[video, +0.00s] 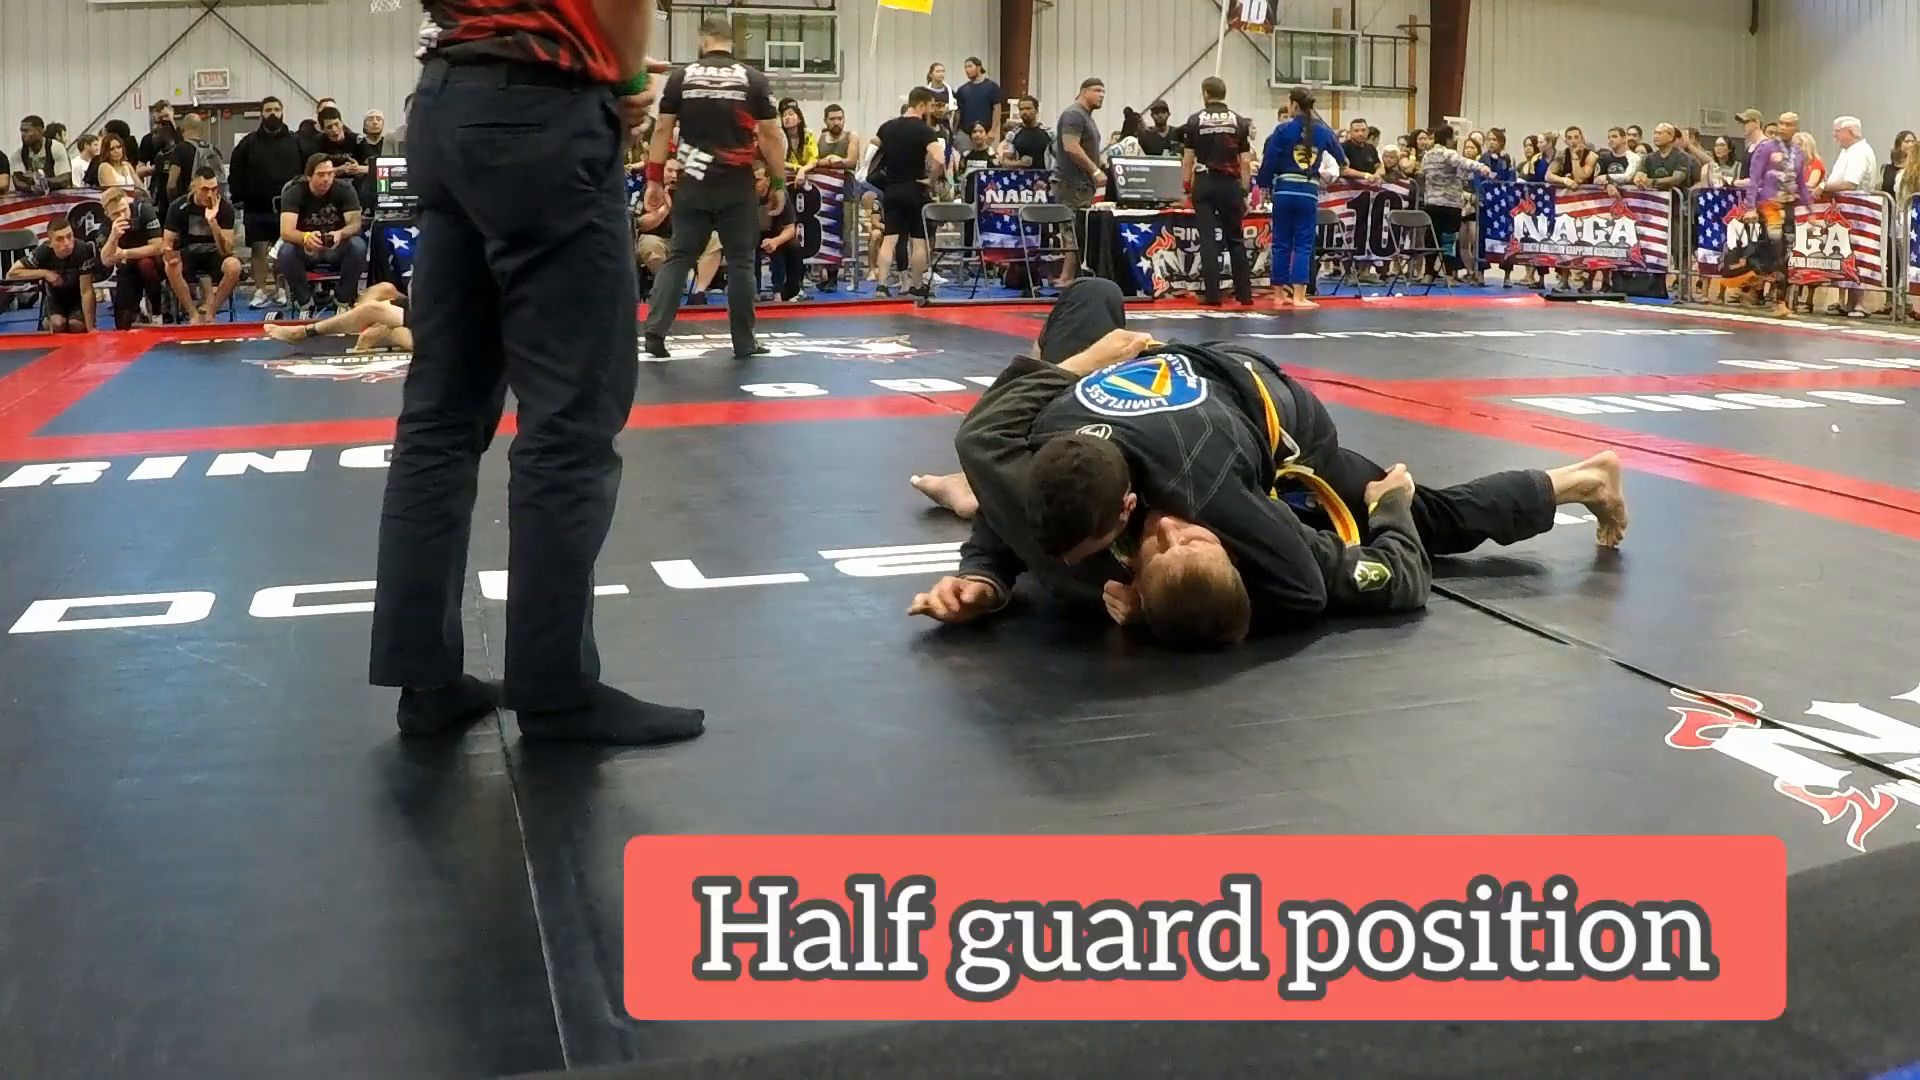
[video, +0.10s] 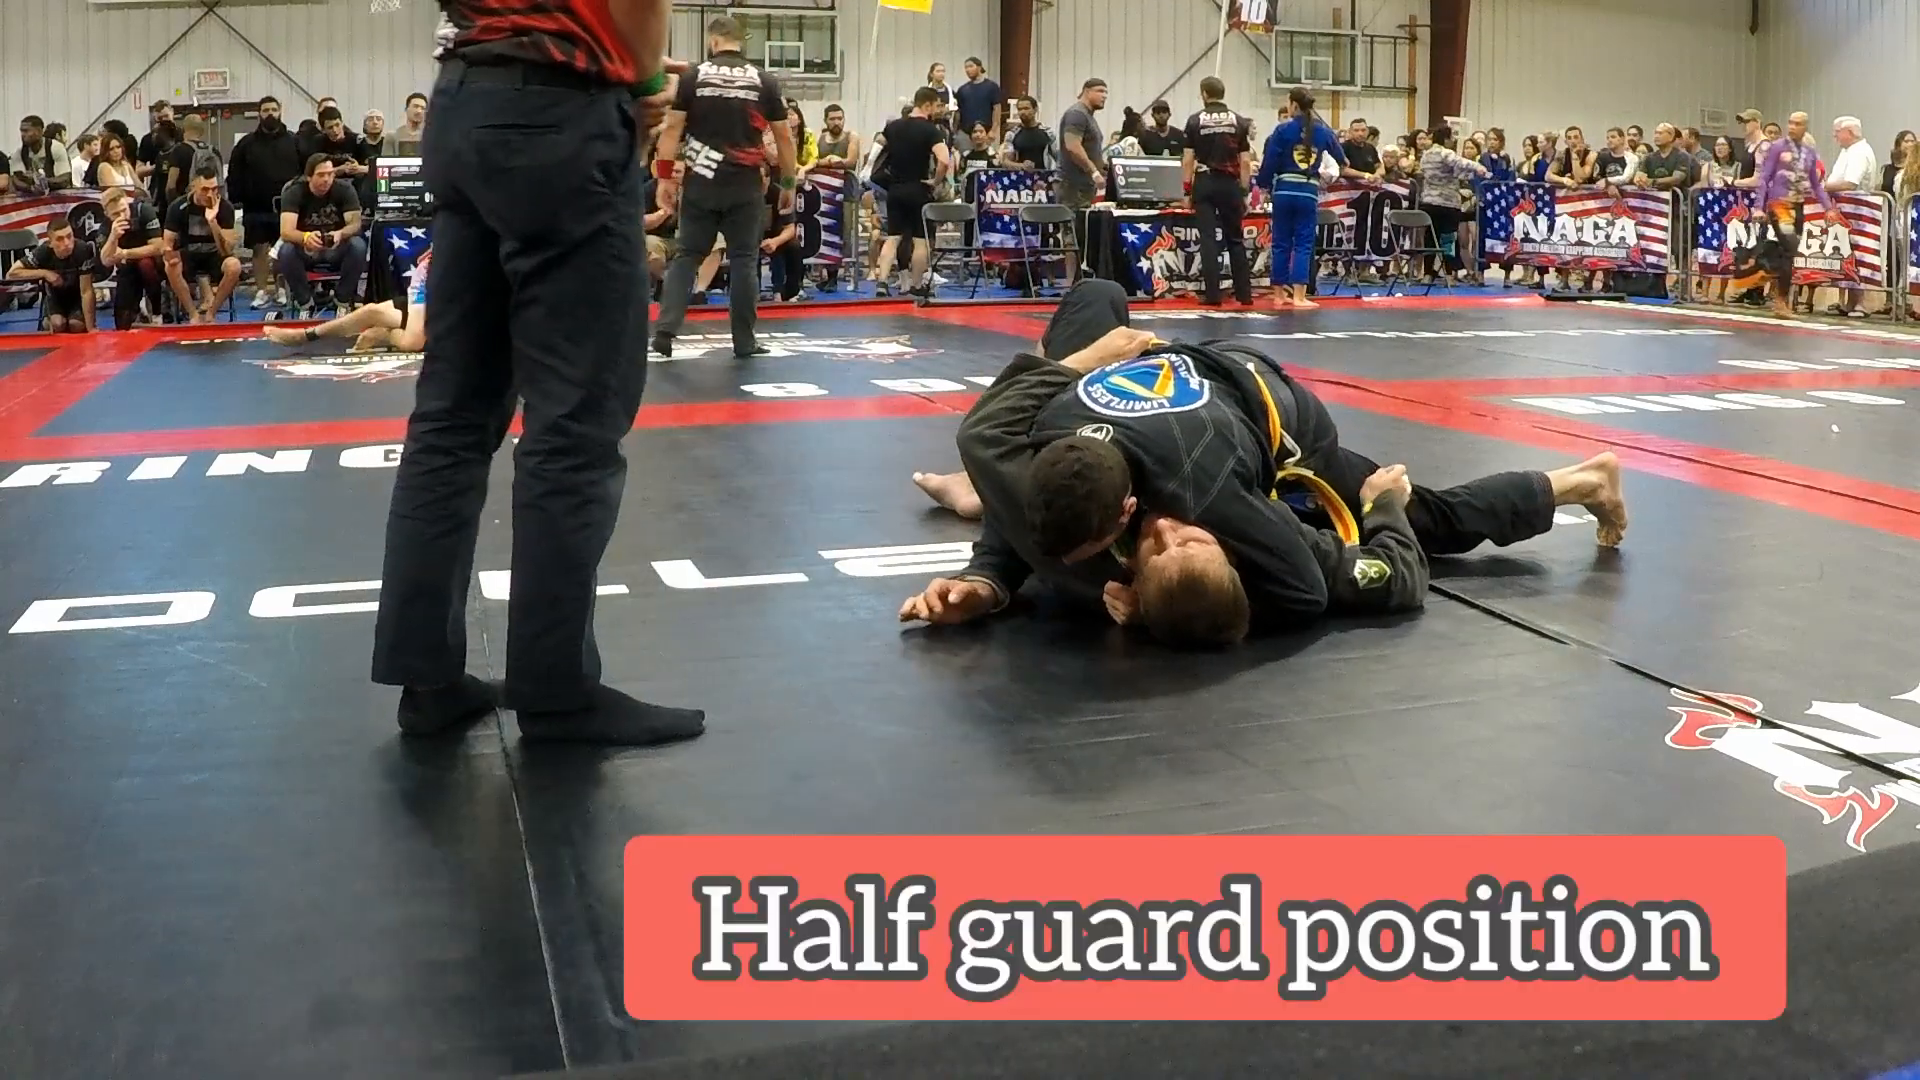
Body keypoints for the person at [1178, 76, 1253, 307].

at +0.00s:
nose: (1202, 96)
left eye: (1202, 93)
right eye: (1205, 93)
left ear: (1205, 95)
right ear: (1224, 94)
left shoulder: (1195, 121)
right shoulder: (1240, 122)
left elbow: (1188, 158)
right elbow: (1245, 160)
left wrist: (1186, 183)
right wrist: (1244, 190)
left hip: (1203, 180)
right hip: (1230, 181)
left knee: (1207, 238)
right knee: (1236, 238)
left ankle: (1212, 294)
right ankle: (1244, 294)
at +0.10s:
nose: (1201, 96)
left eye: (1201, 93)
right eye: (1203, 93)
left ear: (1204, 95)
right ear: (1223, 94)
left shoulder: (1194, 121)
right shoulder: (1239, 121)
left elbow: (1188, 159)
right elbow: (1245, 161)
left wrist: (1186, 190)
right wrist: (1243, 192)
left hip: (1204, 180)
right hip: (1230, 182)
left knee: (1208, 239)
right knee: (1235, 239)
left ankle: (1212, 295)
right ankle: (1244, 294)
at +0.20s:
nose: (1199, 97)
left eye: (1200, 93)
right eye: (1201, 93)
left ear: (1203, 95)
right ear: (1222, 94)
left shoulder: (1195, 121)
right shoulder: (1239, 121)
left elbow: (1186, 159)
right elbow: (1246, 159)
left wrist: (1181, 187)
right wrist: (1244, 189)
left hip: (1204, 180)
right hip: (1230, 181)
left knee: (1208, 238)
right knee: (1236, 238)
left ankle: (1212, 294)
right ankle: (1244, 294)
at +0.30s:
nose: (1200, 97)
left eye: (1200, 94)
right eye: (1202, 93)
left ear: (1203, 95)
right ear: (1222, 93)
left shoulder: (1195, 120)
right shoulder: (1239, 121)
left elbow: (1183, 160)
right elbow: (1246, 159)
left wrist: (1177, 191)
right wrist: (1245, 189)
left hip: (1203, 181)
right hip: (1230, 182)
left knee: (1208, 239)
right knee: (1236, 238)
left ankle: (1212, 295)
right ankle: (1244, 294)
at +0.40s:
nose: (1200, 96)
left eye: (1200, 93)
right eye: (1202, 92)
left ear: (1203, 95)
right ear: (1222, 93)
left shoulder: (1195, 121)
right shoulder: (1239, 120)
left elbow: (1183, 159)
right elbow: (1246, 158)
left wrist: (1176, 192)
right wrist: (1246, 188)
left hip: (1203, 181)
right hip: (1230, 182)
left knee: (1207, 239)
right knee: (1235, 238)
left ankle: (1212, 295)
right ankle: (1244, 294)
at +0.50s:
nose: (1200, 95)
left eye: (1201, 92)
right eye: (1203, 92)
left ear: (1203, 94)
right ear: (1222, 93)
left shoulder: (1195, 120)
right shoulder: (1238, 120)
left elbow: (1185, 159)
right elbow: (1245, 158)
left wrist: (1179, 191)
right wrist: (1245, 188)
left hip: (1203, 181)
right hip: (1229, 182)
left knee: (1207, 239)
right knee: (1235, 238)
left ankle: (1212, 294)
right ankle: (1244, 294)